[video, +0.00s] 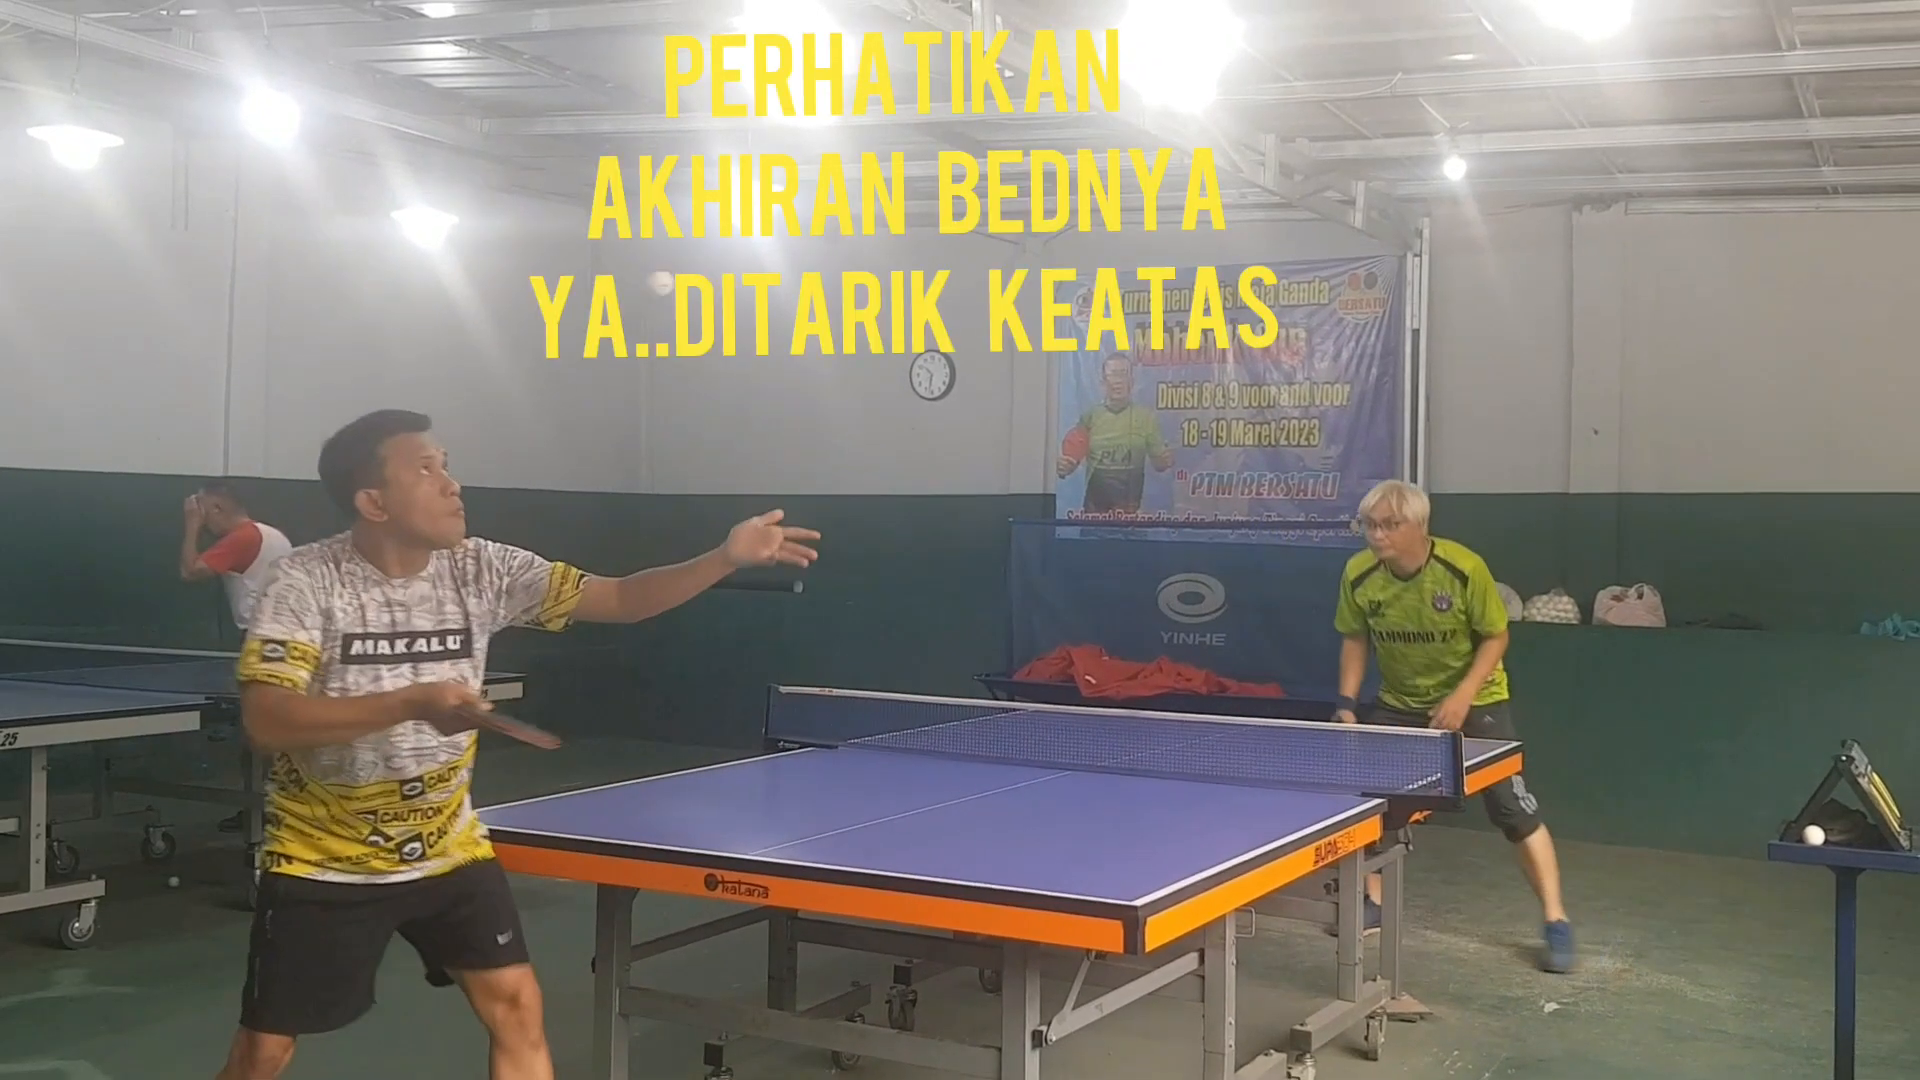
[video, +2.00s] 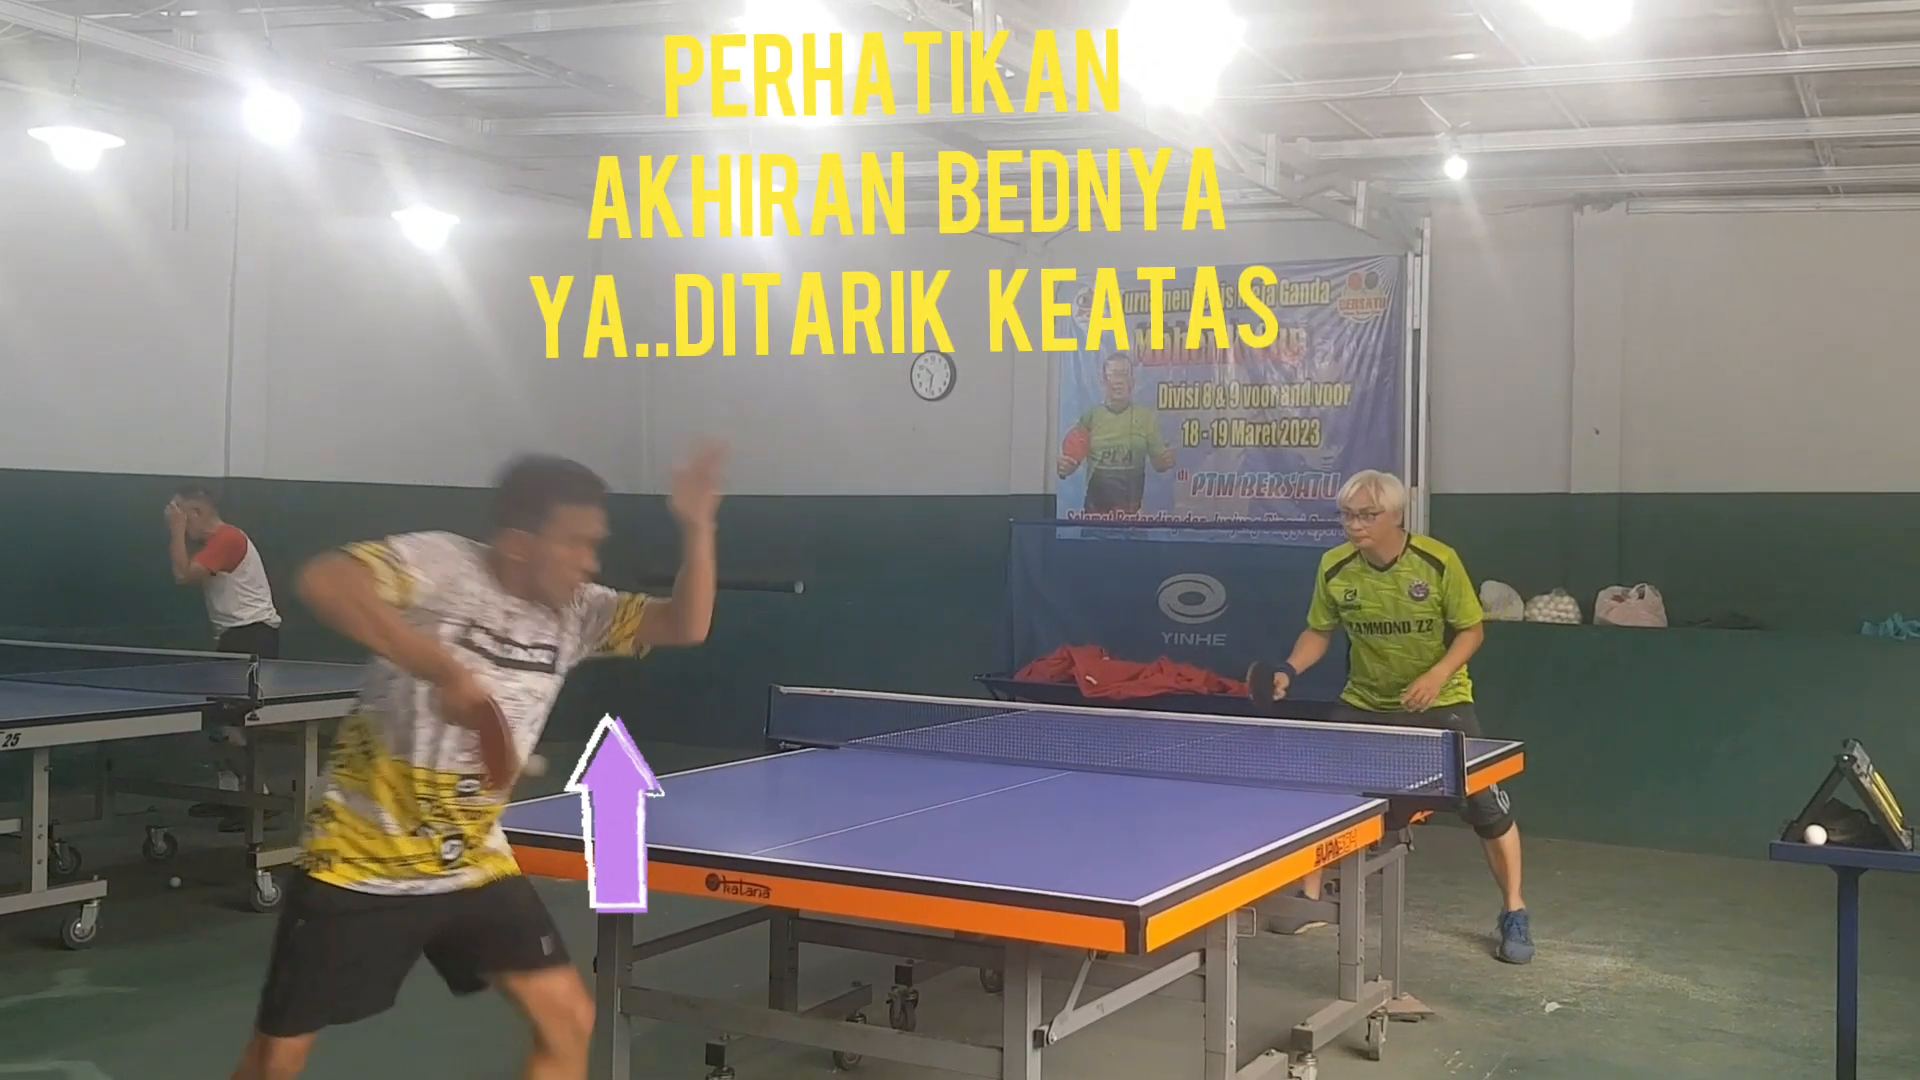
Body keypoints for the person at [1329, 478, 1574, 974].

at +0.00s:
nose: (1374, 535)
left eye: (1386, 525)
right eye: (1369, 525)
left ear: (1417, 527)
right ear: (1365, 529)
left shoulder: (1463, 569)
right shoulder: (1358, 576)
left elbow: (1496, 636)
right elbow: (1354, 639)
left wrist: (1462, 696)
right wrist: (1346, 704)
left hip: (1476, 701)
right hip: (1400, 705)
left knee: (1512, 804)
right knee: (1369, 799)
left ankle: (1556, 920)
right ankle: (1371, 900)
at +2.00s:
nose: (1352, 525)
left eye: (1364, 515)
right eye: (1346, 516)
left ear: (1395, 517)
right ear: (1343, 518)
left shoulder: (1439, 561)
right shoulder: (1334, 568)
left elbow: (1471, 630)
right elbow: (1318, 631)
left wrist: (1437, 675)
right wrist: (1289, 669)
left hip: (1441, 702)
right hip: (1363, 701)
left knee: (1485, 802)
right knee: (1315, 782)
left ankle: (1514, 910)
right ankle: (1310, 895)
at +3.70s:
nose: (1390, 530)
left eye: (1401, 519)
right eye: (1384, 521)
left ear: (1431, 518)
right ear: (1379, 524)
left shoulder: (1482, 561)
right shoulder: (1376, 574)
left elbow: (1519, 633)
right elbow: (1375, 649)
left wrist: (1480, 664)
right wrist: (1348, 671)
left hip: (1482, 718)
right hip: (1402, 718)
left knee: (1524, 814)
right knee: (1339, 789)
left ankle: (1575, 928)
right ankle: (1314, 894)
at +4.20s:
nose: (1428, 529)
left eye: (1439, 519)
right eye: (1421, 519)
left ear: (1468, 516)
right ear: (1414, 520)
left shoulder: (1518, 555)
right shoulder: (1407, 573)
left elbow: (1556, 626)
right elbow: (1424, 648)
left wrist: (1521, 652)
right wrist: (1411, 668)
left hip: (1511, 710)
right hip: (1433, 711)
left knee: (1546, 821)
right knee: (1366, 796)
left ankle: (1577, 931)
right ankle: (1318, 889)